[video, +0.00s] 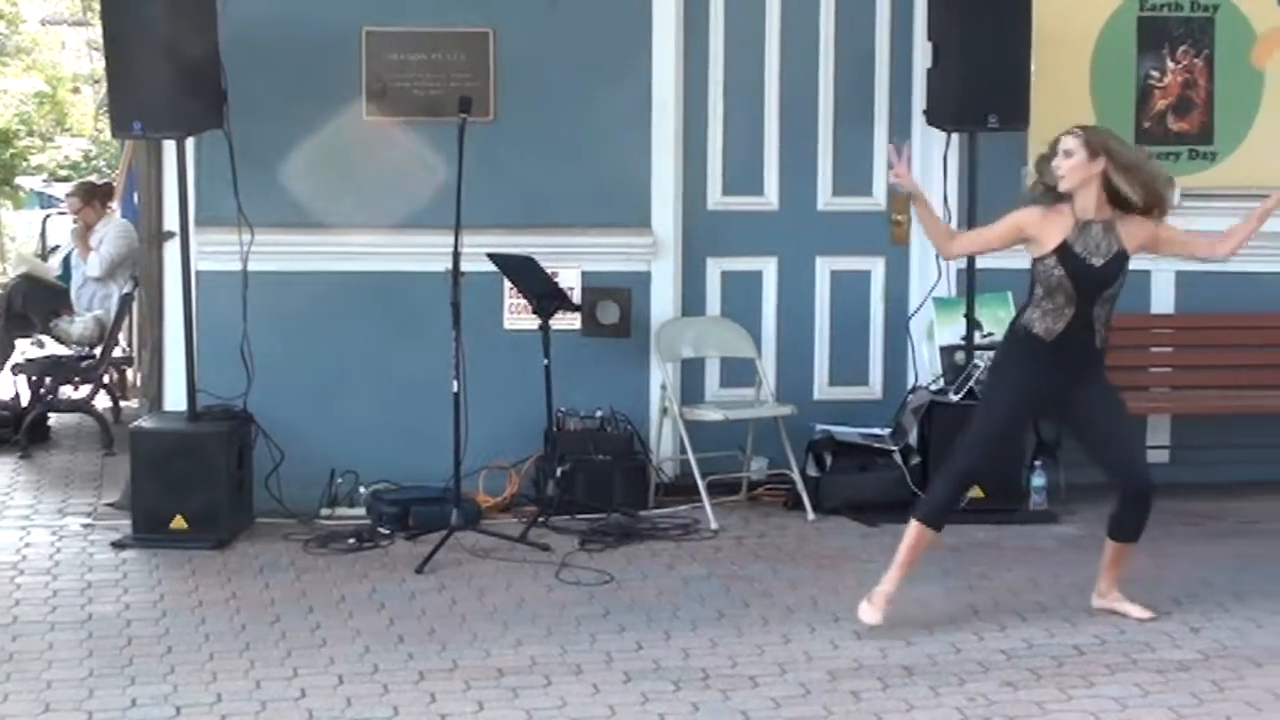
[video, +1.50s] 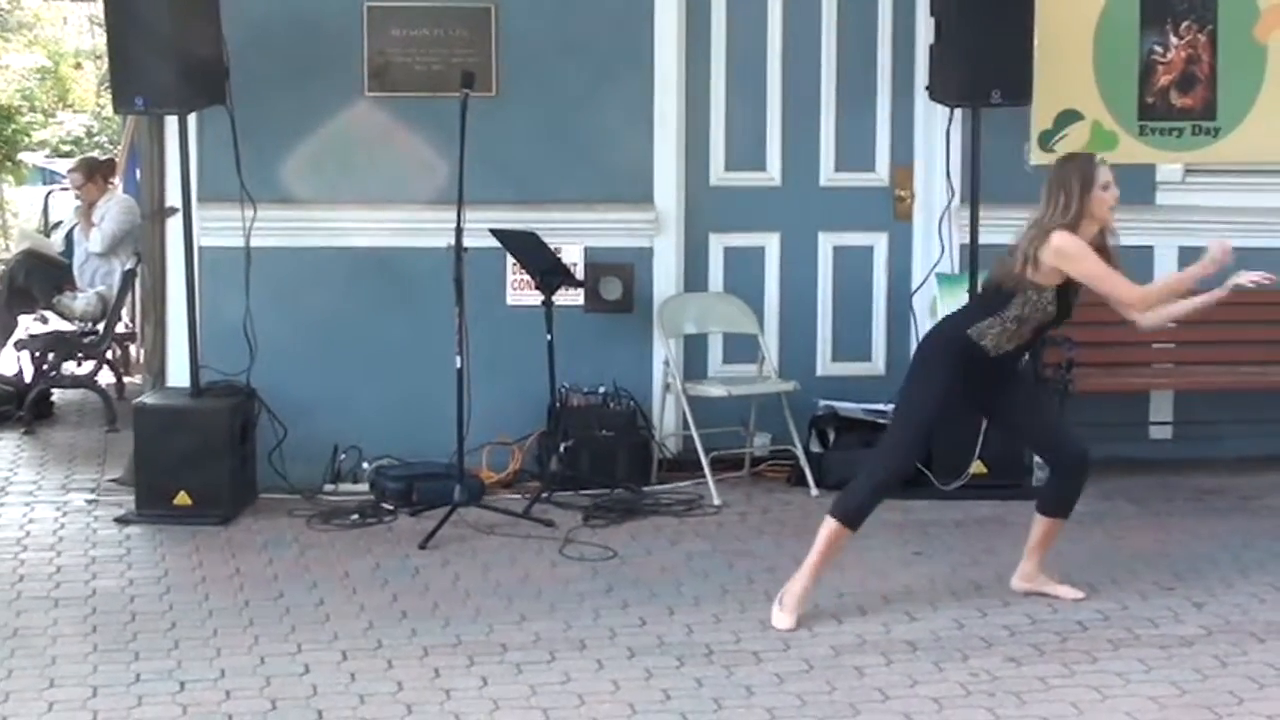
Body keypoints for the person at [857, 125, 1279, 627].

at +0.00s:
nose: (1055, 163)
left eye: (1068, 153)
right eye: (1054, 155)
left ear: (1101, 164)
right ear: (1058, 168)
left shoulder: (1133, 229)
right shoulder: (1037, 220)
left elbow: (1219, 248)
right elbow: (951, 247)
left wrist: (1267, 208)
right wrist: (914, 193)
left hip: (1083, 375)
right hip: (1022, 366)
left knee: (1137, 482)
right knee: (963, 467)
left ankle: (1107, 591)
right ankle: (887, 587)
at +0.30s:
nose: (973, 182)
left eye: (985, 175)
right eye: (975, 174)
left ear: (1016, 186)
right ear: (999, 187)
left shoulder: (1050, 258)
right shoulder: (959, 244)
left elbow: (1057, 346)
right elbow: (902, 311)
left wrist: (1058, 429)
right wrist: (837, 346)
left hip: (1022, 391)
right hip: (955, 388)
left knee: (1093, 484)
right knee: (905, 485)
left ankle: (1087, 589)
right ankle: (858, 602)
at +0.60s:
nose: (919, 161)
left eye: (930, 156)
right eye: (911, 152)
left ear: (941, 170)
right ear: (892, 161)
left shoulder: (950, 227)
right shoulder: (870, 221)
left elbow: (960, 318)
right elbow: (875, 297)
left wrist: (887, 303)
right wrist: (875, 370)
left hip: (973, 357)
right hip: (912, 359)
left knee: (1038, 459)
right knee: (877, 466)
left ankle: (1097, 567)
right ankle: (866, 591)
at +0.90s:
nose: (981, 97)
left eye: (979, 88)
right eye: (969, 89)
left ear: (967, 101)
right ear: (938, 100)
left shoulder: (989, 165)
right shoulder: (900, 162)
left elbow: (1044, 226)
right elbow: (849, 235)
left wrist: (1105, 207)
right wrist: (891, 304)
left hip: (985, 311)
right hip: (925, 315)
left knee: (1026, 421)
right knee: (910, 439)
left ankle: (1074, 535)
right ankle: (880, 573)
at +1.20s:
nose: (1064, 107)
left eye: (1062, 98)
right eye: (1056, 99)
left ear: (1036, 108)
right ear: (1027, 107)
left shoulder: (1049, 172)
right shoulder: (1007, 158)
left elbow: (1109, 236)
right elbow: (994, 239)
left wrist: (1184, 236)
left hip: (1005, 312)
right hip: (957, 305)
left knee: (1025, 426)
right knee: (911, 425)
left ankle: (1030, 562)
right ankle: (845, 555)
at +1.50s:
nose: (1116, 197)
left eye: (1115, 187)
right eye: (1107, 188)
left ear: (1087, 198)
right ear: (1079, 196)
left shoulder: (1086, 252)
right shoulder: (1058, 242)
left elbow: (1149, 319)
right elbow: (1135, 302)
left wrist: (1224, 292)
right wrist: (1203, 270)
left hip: (1000, 370)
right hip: (953, 356)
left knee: (1071, 457)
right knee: (894, 463)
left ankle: (1030, 572)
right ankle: (801, 584)